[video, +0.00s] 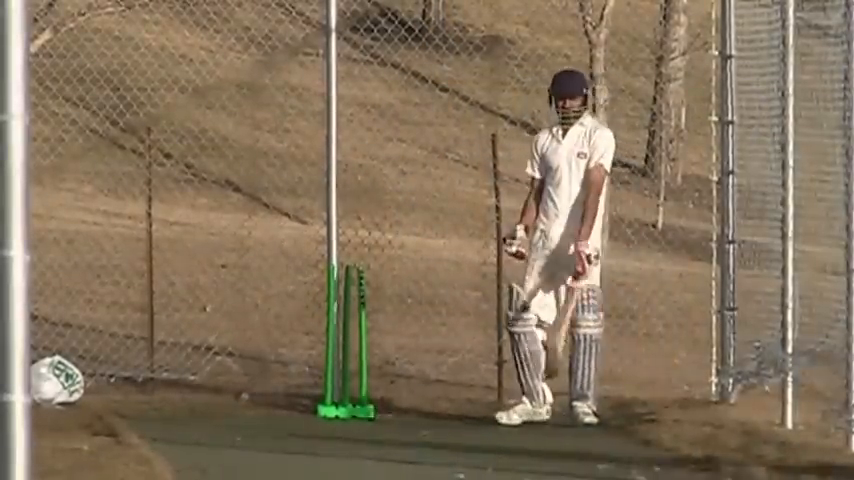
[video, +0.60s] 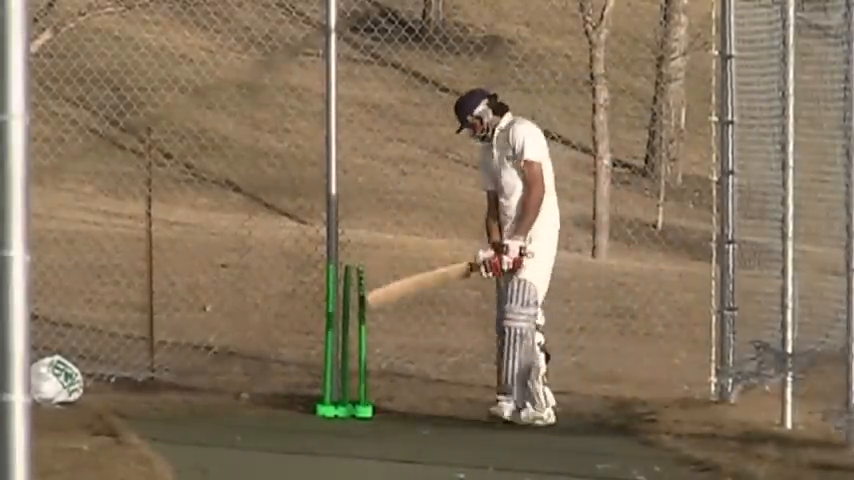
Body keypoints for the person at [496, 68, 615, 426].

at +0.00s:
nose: (567, 105)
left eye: (574, 99)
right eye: (560, 99)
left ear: (586, 100)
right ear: (552, 102)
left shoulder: (599, 137)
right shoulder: (543, 141)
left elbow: (594, 190)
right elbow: (536, 193)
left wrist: (583, 240)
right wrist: (521, 231)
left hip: (583, 247)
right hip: (544, 247)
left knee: (586, 323)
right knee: (523, 320)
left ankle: (583, 402)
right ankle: (535, 399)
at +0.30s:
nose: (526, 112)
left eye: (530, 104)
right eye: (519, 107)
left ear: (544, 98)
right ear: (513, 109)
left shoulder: (568, 131)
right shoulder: (511, 143)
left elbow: (569, 185)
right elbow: (508, 192)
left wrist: (536, 222)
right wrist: (508, 227)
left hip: (559, 246)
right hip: (523, 247)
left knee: (570, 321)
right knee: (523, 324)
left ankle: (579, 401)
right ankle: (538, 404)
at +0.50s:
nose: (488, 126)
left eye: (490, 117)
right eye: (483, 121)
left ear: (503, 108)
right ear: (484, 120)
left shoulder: (539, 130)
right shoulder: (495, 149)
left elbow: (550, 187)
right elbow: (496, 201)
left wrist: (525, 231)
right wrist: (499, 238)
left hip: (544, 238)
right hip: (515, 242)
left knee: (535, 314)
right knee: (515, 319)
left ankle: (541, 399)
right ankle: (536, 396)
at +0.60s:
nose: (473, 131)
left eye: (473, 123)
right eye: (468, 127)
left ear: (486, 113)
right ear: (475, 122)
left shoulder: (522, 132)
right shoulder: (489, 149)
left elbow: (536, 188)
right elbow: (493, 205)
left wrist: (517, 239)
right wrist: (495, 245)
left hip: (533, 243)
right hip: (511, 246)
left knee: (518, 319)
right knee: (511, 320)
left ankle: (534, 402)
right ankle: (515, 398)